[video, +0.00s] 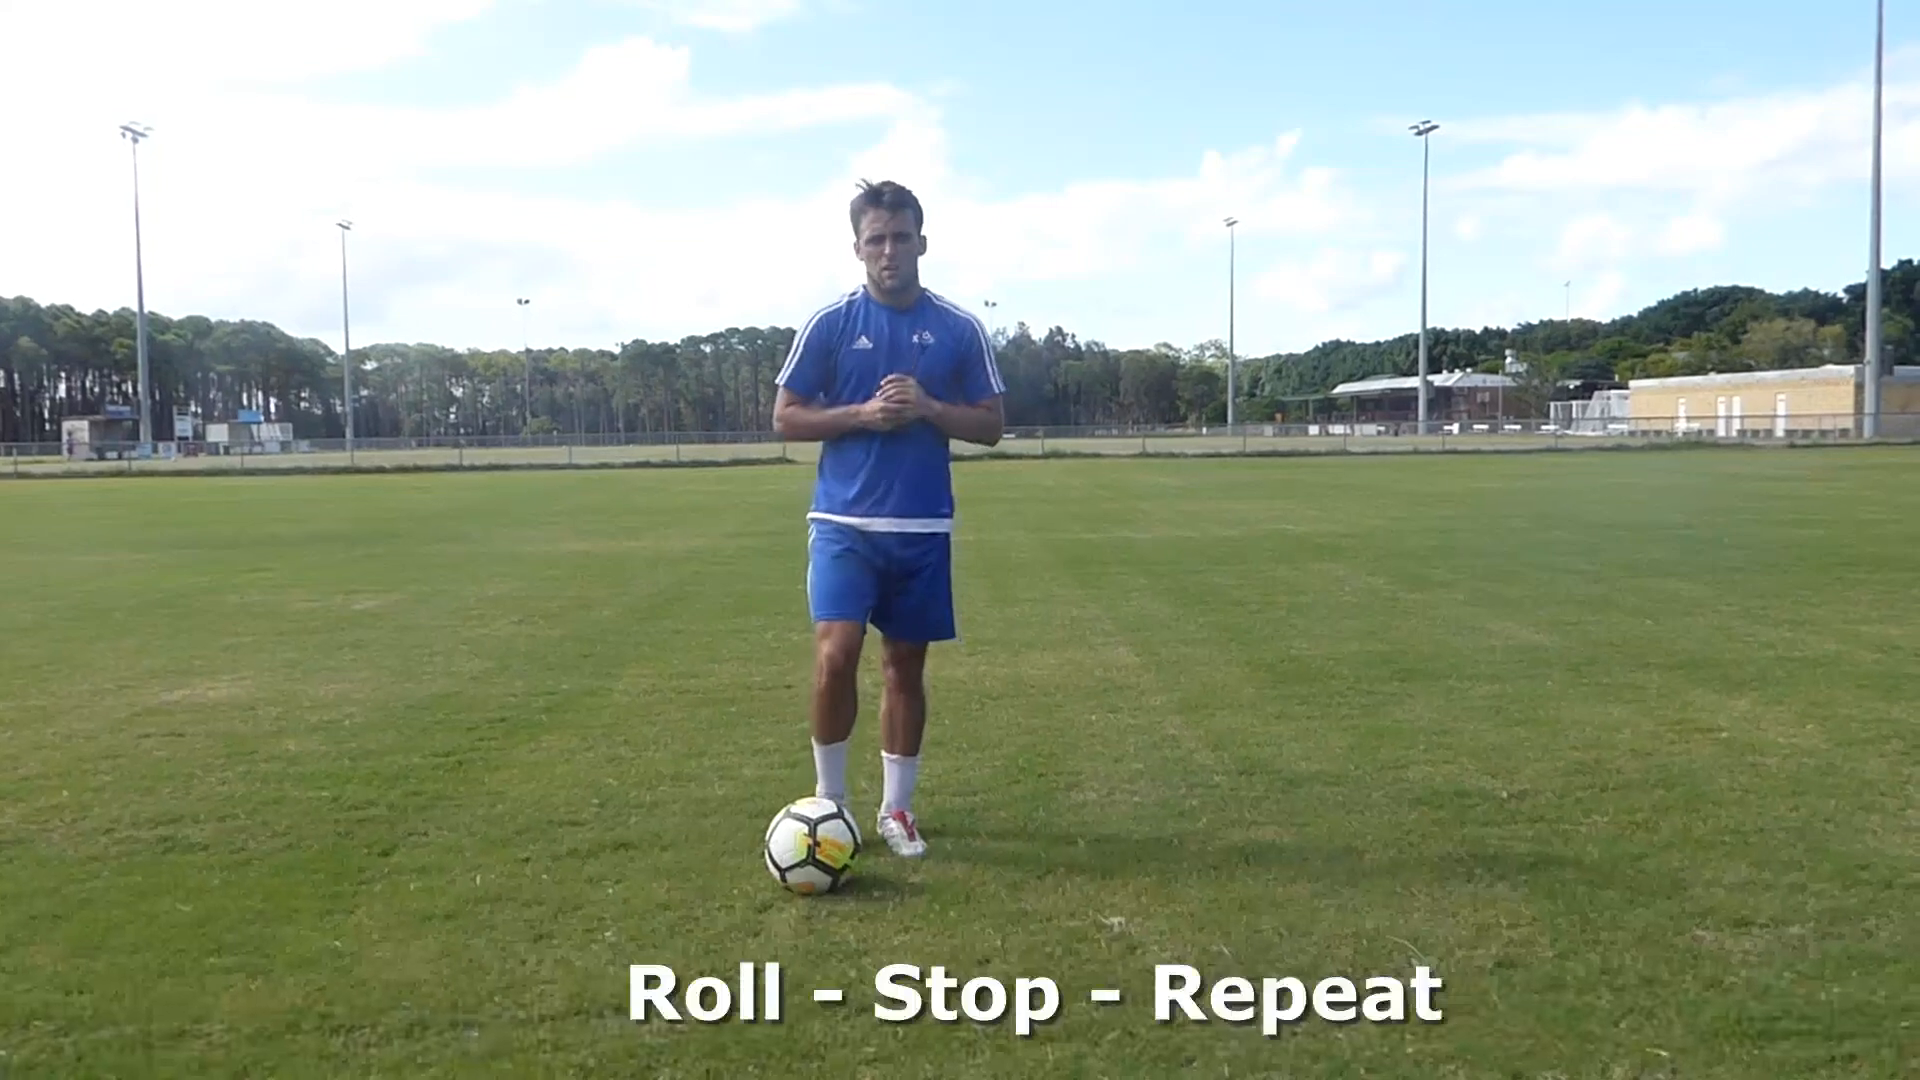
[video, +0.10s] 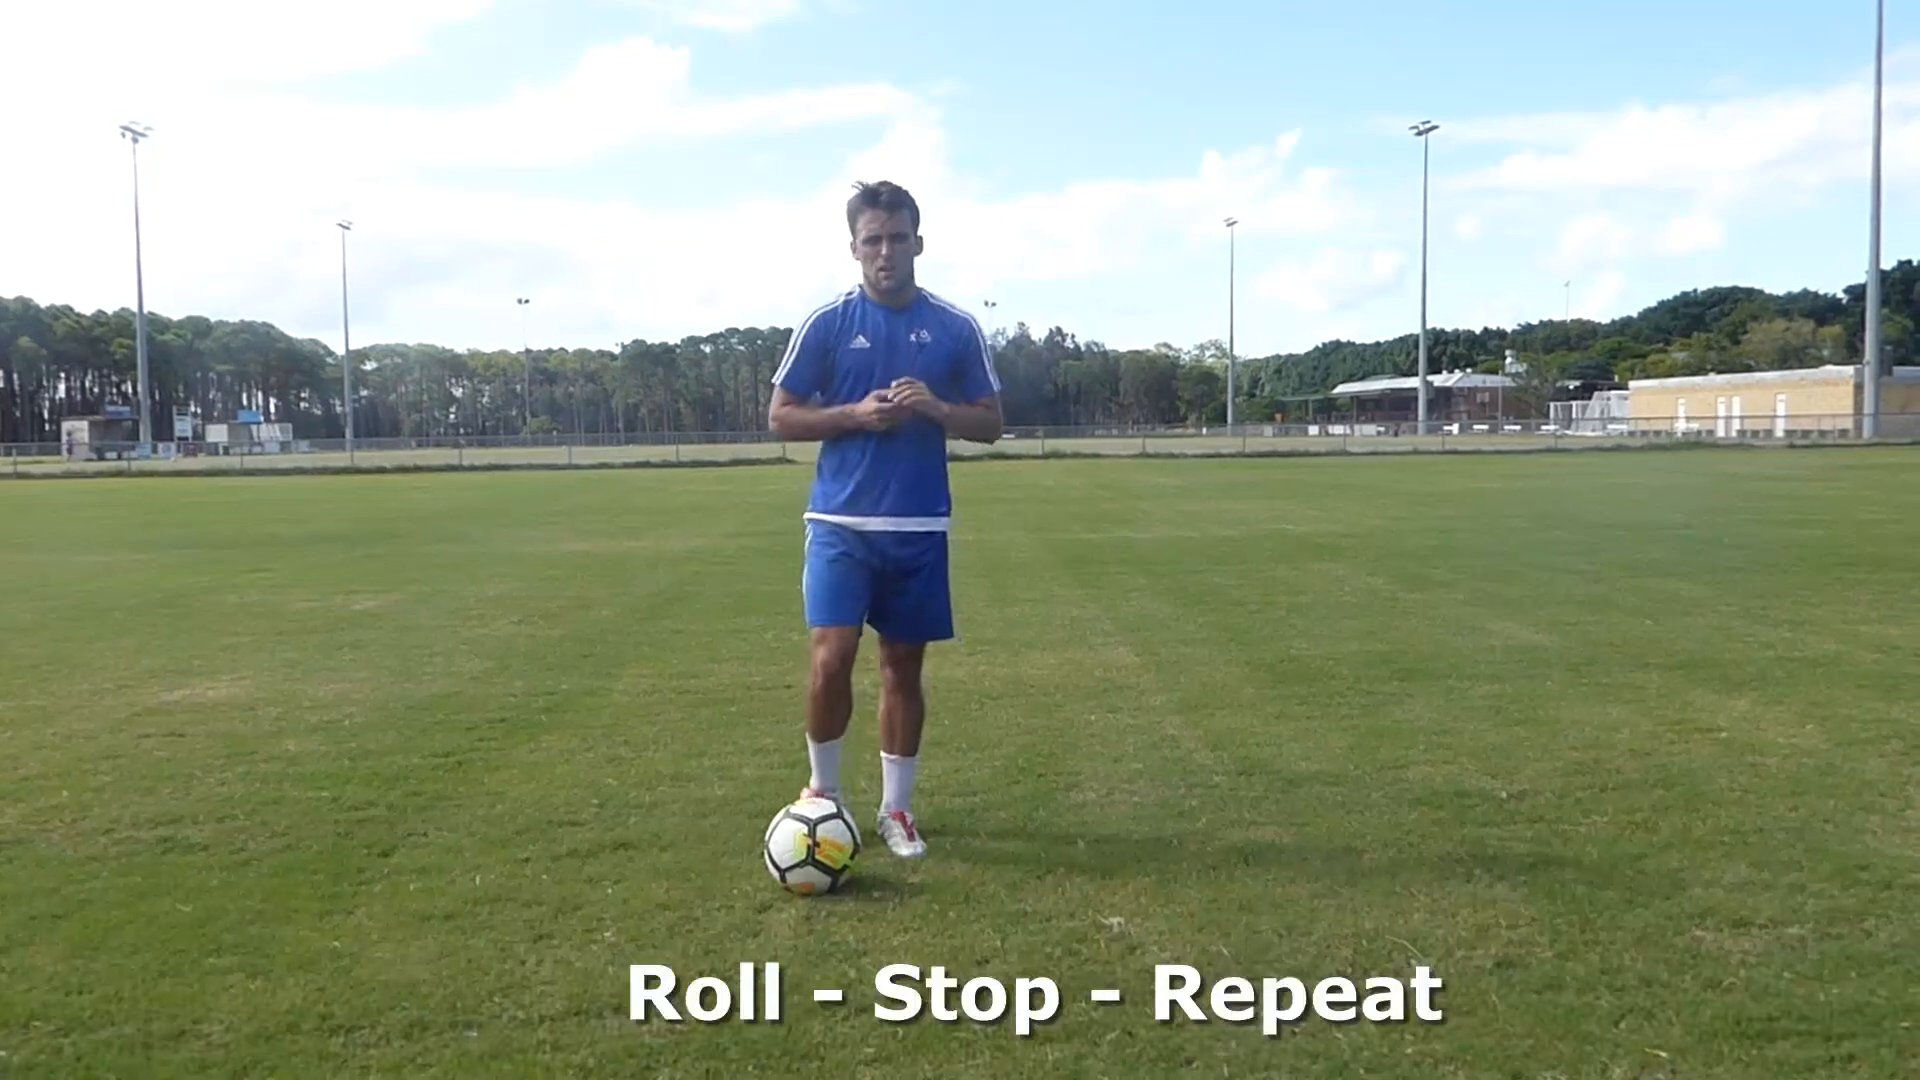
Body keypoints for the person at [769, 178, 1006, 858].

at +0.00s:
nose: (887, 252)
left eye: (900, 239)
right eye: (875, 241)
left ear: (920, 243)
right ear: (858, 249)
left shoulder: (960, 329)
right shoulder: (829, 325)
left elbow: (991, 424)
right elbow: (787, 417)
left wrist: (927, 406)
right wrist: (860, 414)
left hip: (920, 529)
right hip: (841, 524)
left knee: (905, 671)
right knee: (834, 659)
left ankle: (897, 811)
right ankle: (829, 804)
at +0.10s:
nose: (884, 253)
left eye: (896, 240)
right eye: (871, 242)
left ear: (917, 243)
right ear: (854, 248)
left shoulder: (957, 328)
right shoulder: (827, 324)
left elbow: (991, 420)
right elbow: (782, 417)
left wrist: (935, 408)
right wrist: (854, 415)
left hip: (917, 529)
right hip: (838, 525)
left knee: (903, 670)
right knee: (830, 662)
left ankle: (896, 810)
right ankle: (823, 795)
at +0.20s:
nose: (877, 254)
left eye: (889, 241)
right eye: (864, 243)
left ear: (911, 242)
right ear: (847, 249)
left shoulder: (952, 328)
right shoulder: (820, 325)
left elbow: (987, 417)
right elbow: (781, 418)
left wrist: (942, 411)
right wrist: (848, 417)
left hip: (913, 528)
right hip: (834, 525)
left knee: (901, 670)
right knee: (823, 669)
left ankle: (896, 809)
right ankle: (825, 786)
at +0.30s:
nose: (866, 261)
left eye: (878, 247)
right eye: (853, 248)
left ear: (901, 244)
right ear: (837, 250)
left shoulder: (945, 328)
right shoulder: (814, 327)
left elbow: (983, 416)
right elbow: (778, 422)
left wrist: (933, 417)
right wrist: (845, 424)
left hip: (909, 529)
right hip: (830, 528)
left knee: (899, 669)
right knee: (821, 673)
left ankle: (897, 810)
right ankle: (831, 795)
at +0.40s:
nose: (853, 266)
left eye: (865, 252)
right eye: (840, 253)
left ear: (889, 248)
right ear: (825, 253)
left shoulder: (933, 326)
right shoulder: (802, 329)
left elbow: (972, 413)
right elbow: (769, 426)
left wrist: (920, 428)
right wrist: (837, 429)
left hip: (903, 529)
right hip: (825, 530)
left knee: (896, 666)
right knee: (825, 669)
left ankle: (895, 811)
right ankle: (838, 806)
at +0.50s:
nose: (837, 269)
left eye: (849, 254)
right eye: (825, 256)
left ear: (875, 248)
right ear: (811, 254)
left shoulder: (920, 325)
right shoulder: (791, 330)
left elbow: (959, 410)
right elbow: (758, 427)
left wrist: (914, 434)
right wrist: (824, 436)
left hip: (895, 527)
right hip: (817, 529)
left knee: (891, 665)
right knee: (827, 667)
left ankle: (893, 811)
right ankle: (839, 807)